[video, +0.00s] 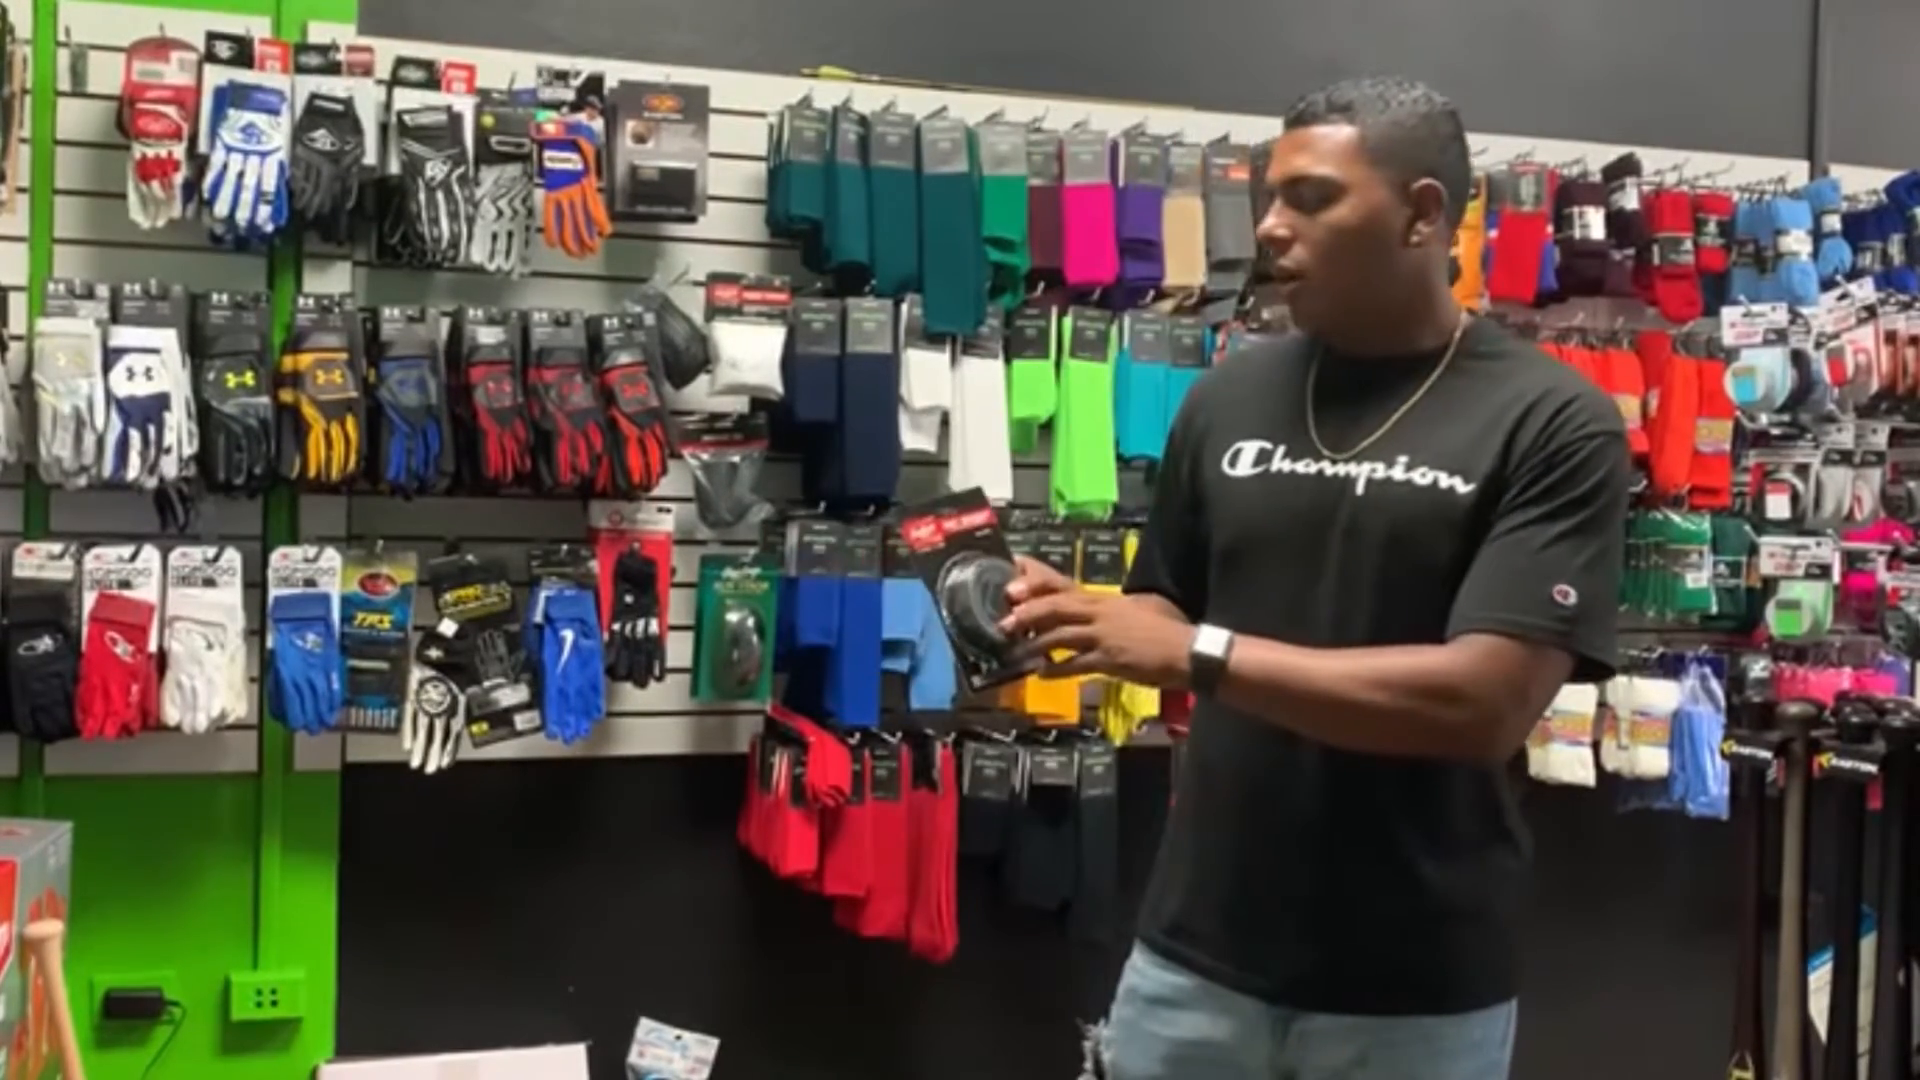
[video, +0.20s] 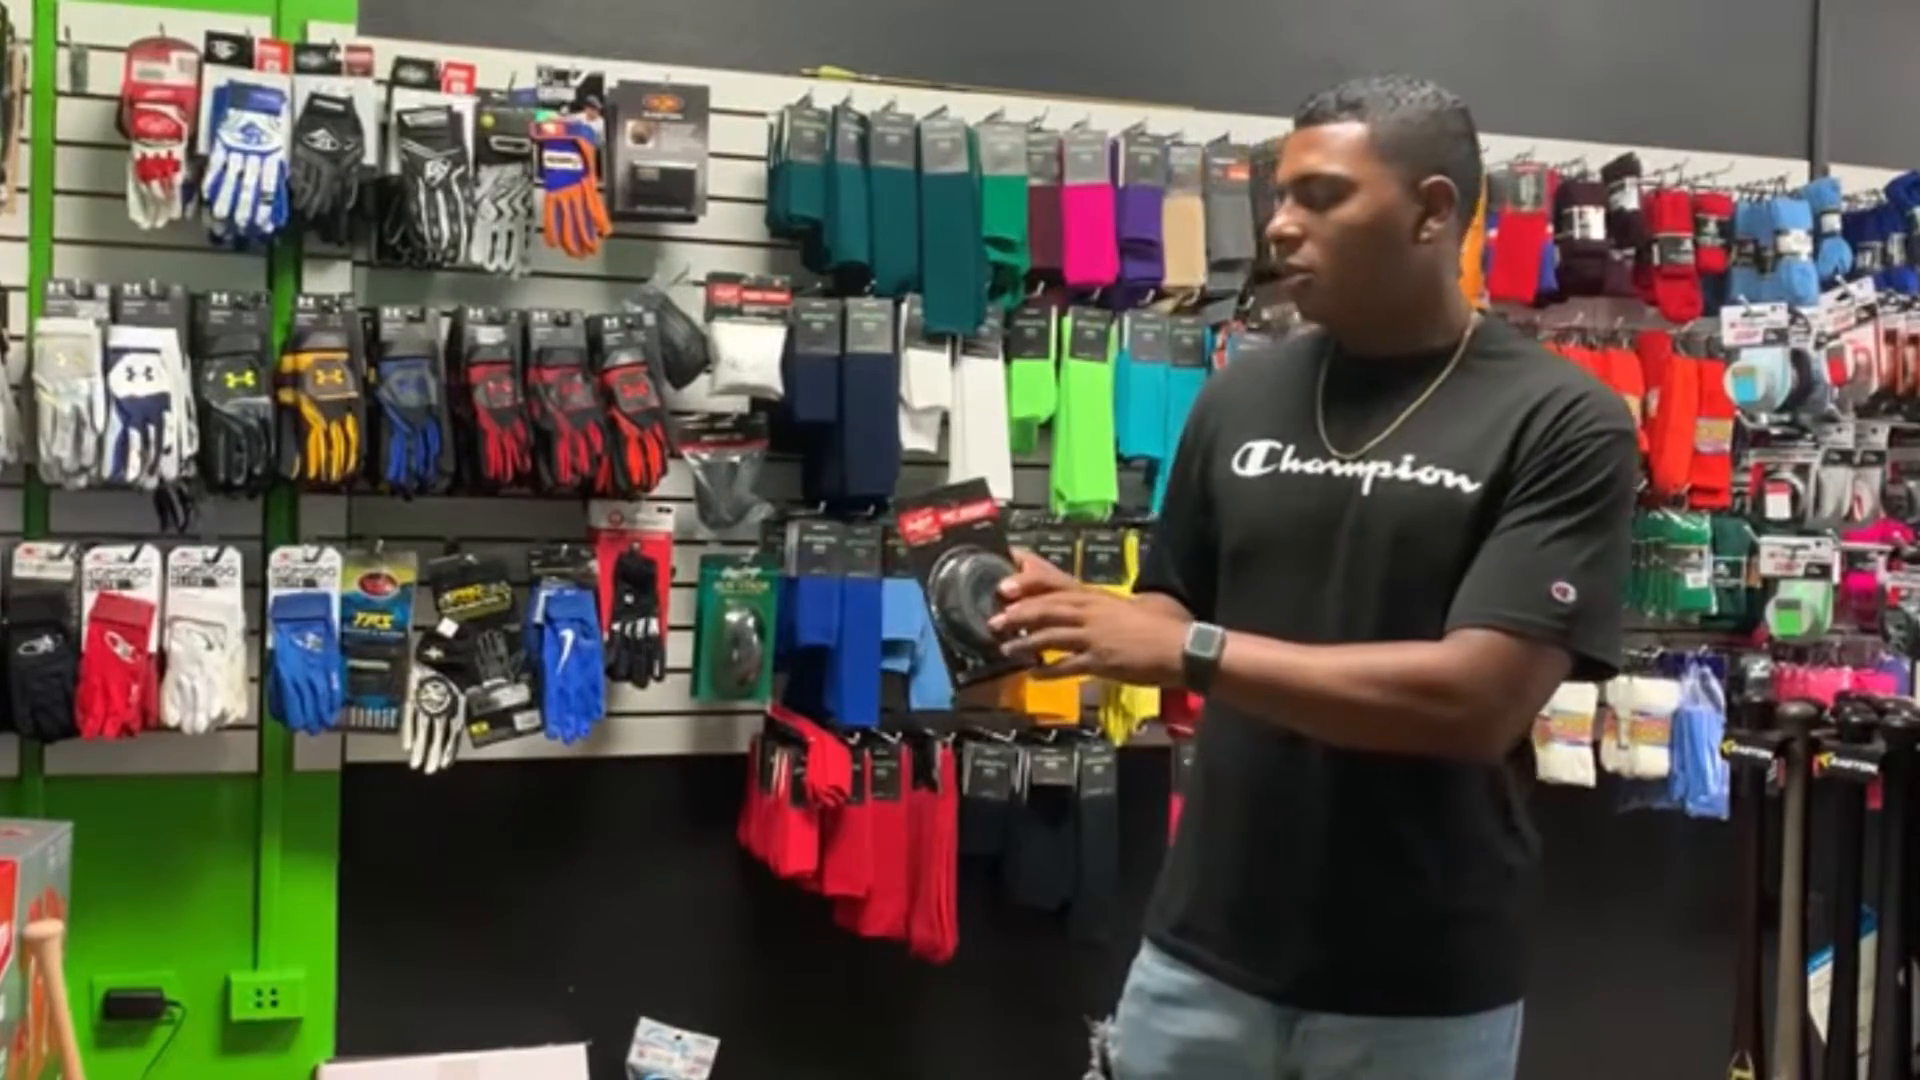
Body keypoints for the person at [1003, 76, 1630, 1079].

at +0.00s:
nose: (1270, 229)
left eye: (1309, 198)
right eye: (1269, 200)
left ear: (1425, 216)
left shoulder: (1555, 423)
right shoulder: (1227, 397)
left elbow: (1488, 705)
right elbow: (1169, 627)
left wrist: (1195, 652)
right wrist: (1080, 621)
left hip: (1418, 991)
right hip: (1196, 960)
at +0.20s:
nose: (1279, 227)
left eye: (1319, 195)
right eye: (1278, 197)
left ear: (1434, 212)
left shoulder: (1565, 423)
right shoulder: (1238, 396)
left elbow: (1480, 703)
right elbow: (1172, 616)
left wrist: (1188, 650)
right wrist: (1070, 622)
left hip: (1424, 987)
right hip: (1206, 956)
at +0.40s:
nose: (1270, 225)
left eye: (1309, 192)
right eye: (1271, 194)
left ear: (1422, 209)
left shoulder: (1553, 422)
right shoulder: (1236, 394)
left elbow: (1455, 700)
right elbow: (1169, 607)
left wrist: (1169, 647)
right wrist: (1063, 616)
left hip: (1414, 990)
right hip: (1196, 957)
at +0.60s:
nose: (1240, 228)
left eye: (1276, 195)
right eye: (1242, 197)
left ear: (1389, 209)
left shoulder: (1521, 419)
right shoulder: (1211, 399)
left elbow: (1424, 694)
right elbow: (1150, 610)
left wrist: (1141, 643)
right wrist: (1036, 619)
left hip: (1388, 989)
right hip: (1170, 958)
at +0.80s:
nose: (1197, 225)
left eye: (1231, 192)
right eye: (1197, 195)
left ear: (1339, 209)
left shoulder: (1464, 412)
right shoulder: (1163, 399)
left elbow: (1368, 689)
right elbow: (1107, 625)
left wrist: (1088, 634)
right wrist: (989, 617)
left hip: (1340, 977)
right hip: (1130, 949)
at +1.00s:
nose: (1133, 227)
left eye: (1169, 193)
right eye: (1135, 198)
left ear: (1275, 209)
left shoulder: (1399, 408)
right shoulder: (1106, 396)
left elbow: (1306, 680)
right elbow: (1047, 631)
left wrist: (1031, 623)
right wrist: (932, 605)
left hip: (1285, 961)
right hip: (1082, 939)